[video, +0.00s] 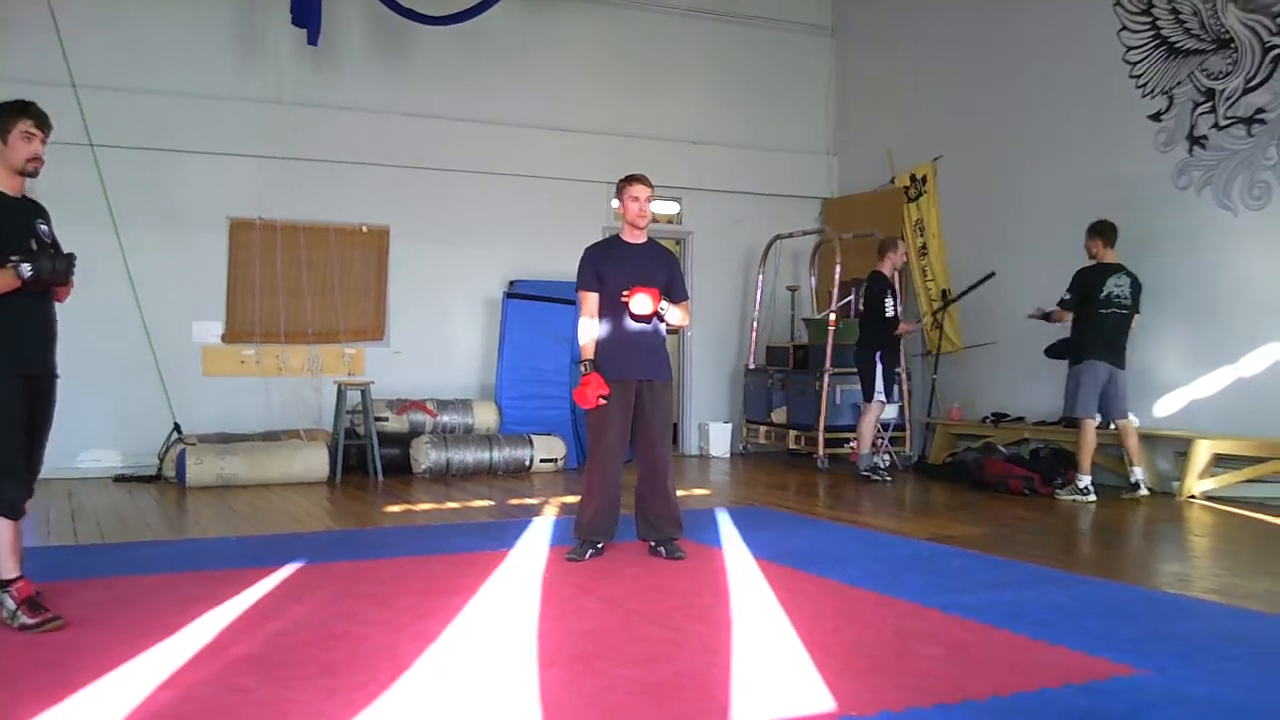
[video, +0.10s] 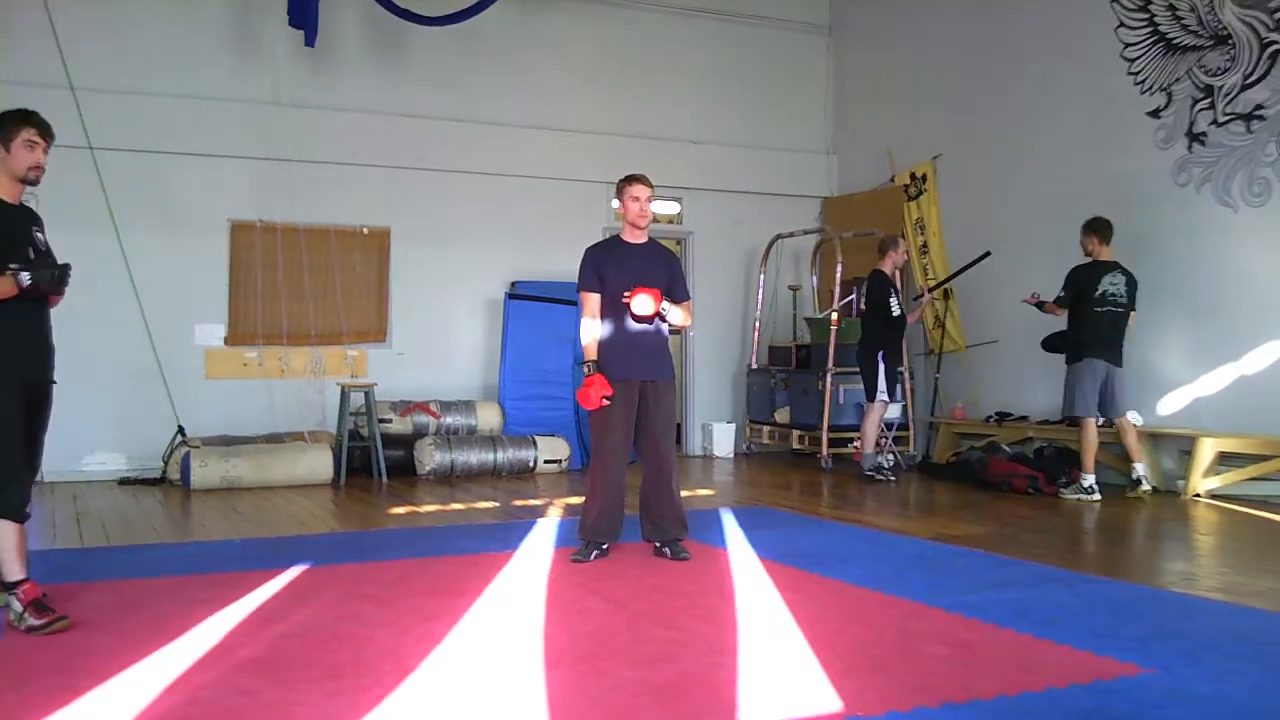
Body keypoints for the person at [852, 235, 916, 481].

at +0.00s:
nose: (905, 260)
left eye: (905, 255)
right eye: (903, 255)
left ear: (887, 256)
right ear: (890, 256)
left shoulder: (878, 280)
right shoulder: (882, 283)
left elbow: (885, 321)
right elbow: (889, 325)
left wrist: (905, 325)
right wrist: (911, 326)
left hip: (874, 350)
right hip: (875, 351)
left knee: (873, 406)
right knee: (875, 405)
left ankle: (865, 459)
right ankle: (864, 461)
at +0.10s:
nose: (905, 257)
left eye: (905, 252)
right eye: (903, 253)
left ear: (887, 255)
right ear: (891, 255)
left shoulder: (880, 280)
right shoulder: (881, 282)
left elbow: (897, 320)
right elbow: (899, 322)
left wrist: (919, 303)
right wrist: (922, 305)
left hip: (875, 350)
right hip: (877, 352)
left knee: (874, 405)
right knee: (879, 404)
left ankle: (869, 459)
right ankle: (868, 461)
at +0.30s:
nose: (920, 257)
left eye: (919, 253)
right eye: (917, 253)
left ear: (901, 255)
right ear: (905, 255)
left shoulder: (891, 280)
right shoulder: (898, 283)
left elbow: (915, 316)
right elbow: (924, 318)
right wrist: (939, 300)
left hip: (889, 349)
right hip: (895, 351)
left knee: (891, 406)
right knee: (895, 404)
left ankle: (886, 460)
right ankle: (884, 462)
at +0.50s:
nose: (937, 258)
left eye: (937, 254)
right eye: (934, 254)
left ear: (918, 257)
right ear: (921, 257)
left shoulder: (910, 283)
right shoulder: (914, 285)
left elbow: (930, 320)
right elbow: (936, 321)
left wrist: (963, 317)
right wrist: (970, 316)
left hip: (911, 353)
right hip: (912, 355)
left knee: (911, 408)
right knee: (912, 408)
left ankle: (904, 462)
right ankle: (903, 465)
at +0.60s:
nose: (937, 259)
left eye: (936, 254)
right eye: (933, 254)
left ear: (918, 257)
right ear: (919, 257)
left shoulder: (911, 283)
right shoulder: (913, 285)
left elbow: (931, 321)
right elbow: (932, 323)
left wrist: (963, 328)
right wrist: (967, 329)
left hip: (913, 354)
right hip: (911, 355)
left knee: (912, 408)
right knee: (913, 408)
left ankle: (903, 462)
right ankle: (902, 465)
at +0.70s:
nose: (936, 259)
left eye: (936, 254)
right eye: (933, 255)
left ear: (919, 258)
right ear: (920, 257)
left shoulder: (910, 284)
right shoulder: (912, 285)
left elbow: (919, 325)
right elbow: (927, 325)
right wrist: (962, 335)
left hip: (912, 353)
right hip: (912, 355)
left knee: (908, 408)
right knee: (914, 407)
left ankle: (904, 462)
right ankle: (903, 465)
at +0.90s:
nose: (941, 259)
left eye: (941, 254)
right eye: (938, 254)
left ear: (925, 256)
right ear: (925, 256)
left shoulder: (919, 283)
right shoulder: (914, 283)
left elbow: (924, 322)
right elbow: (920, 324)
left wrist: (949, 333)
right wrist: (953, 335)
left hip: (919, 351)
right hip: (914, 352)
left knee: (915, 406)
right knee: (917, 405)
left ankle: (910, 459)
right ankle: (908, 462)